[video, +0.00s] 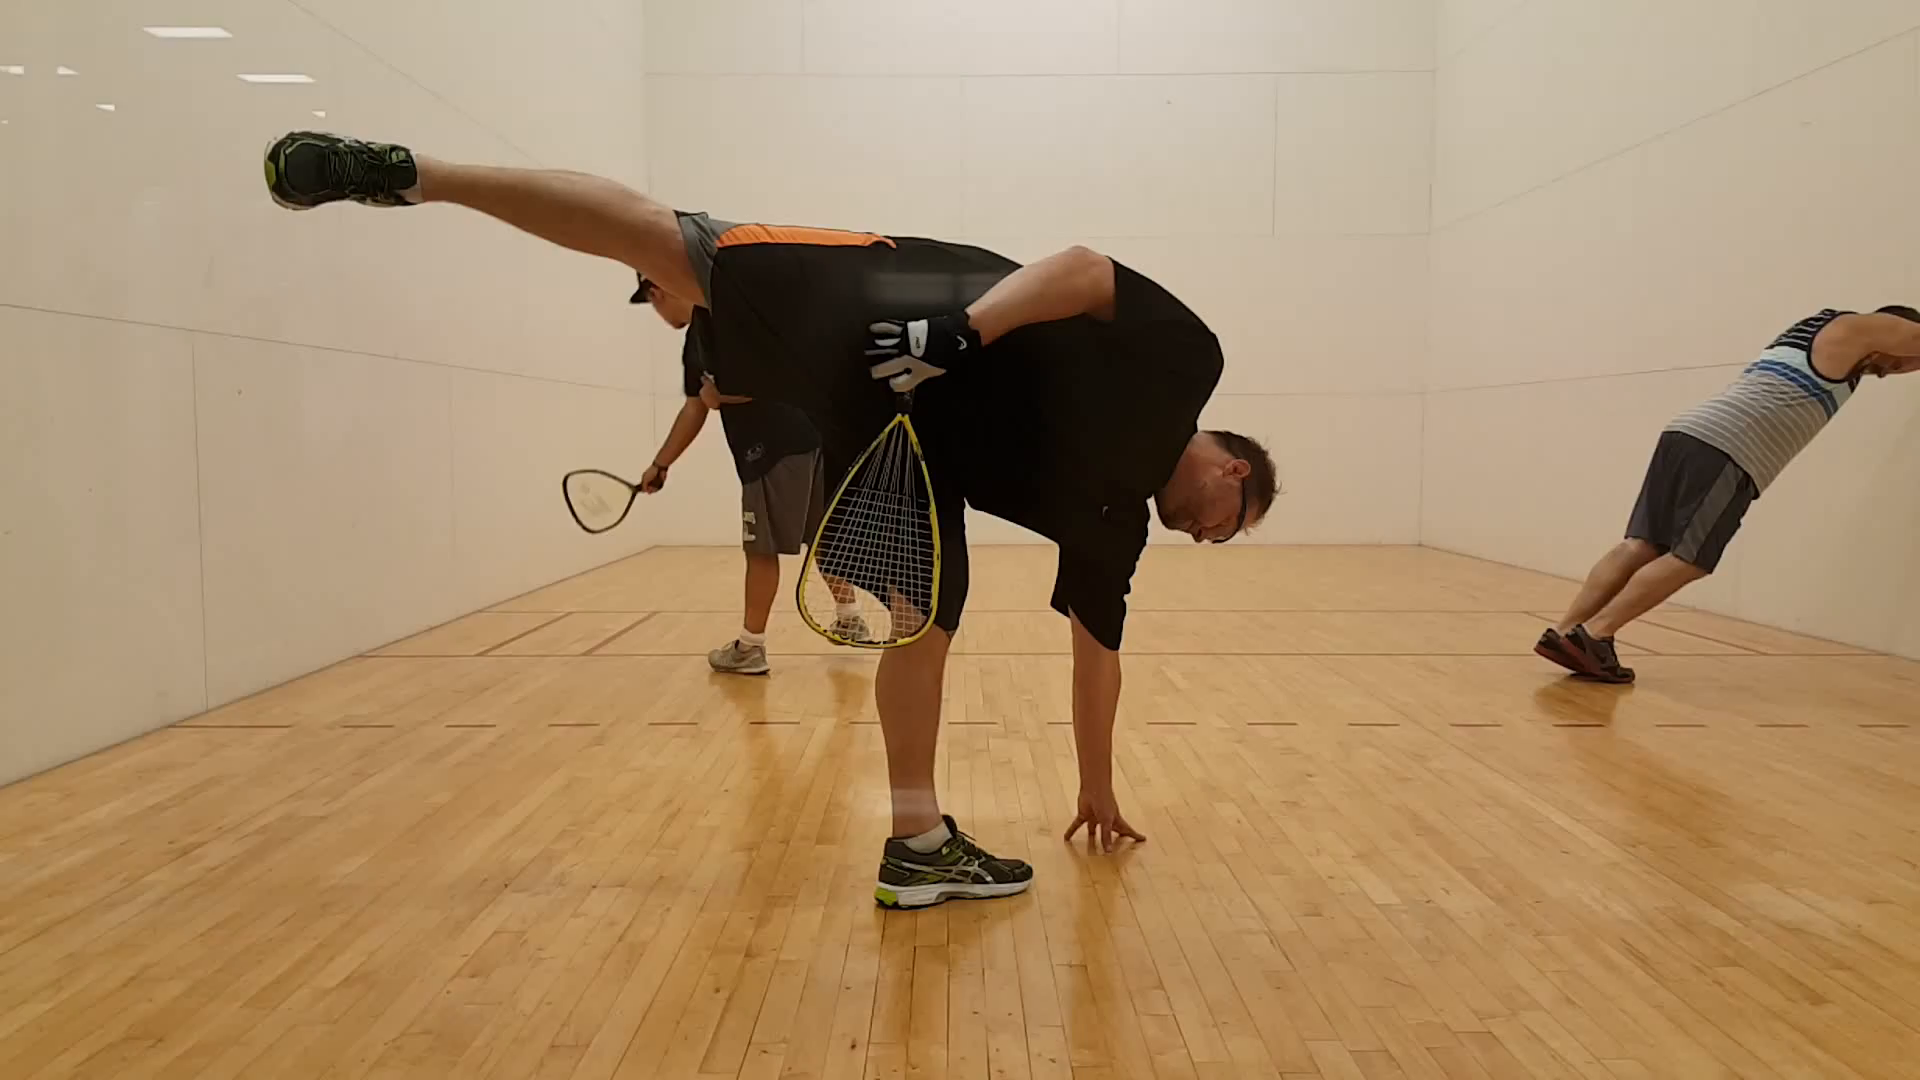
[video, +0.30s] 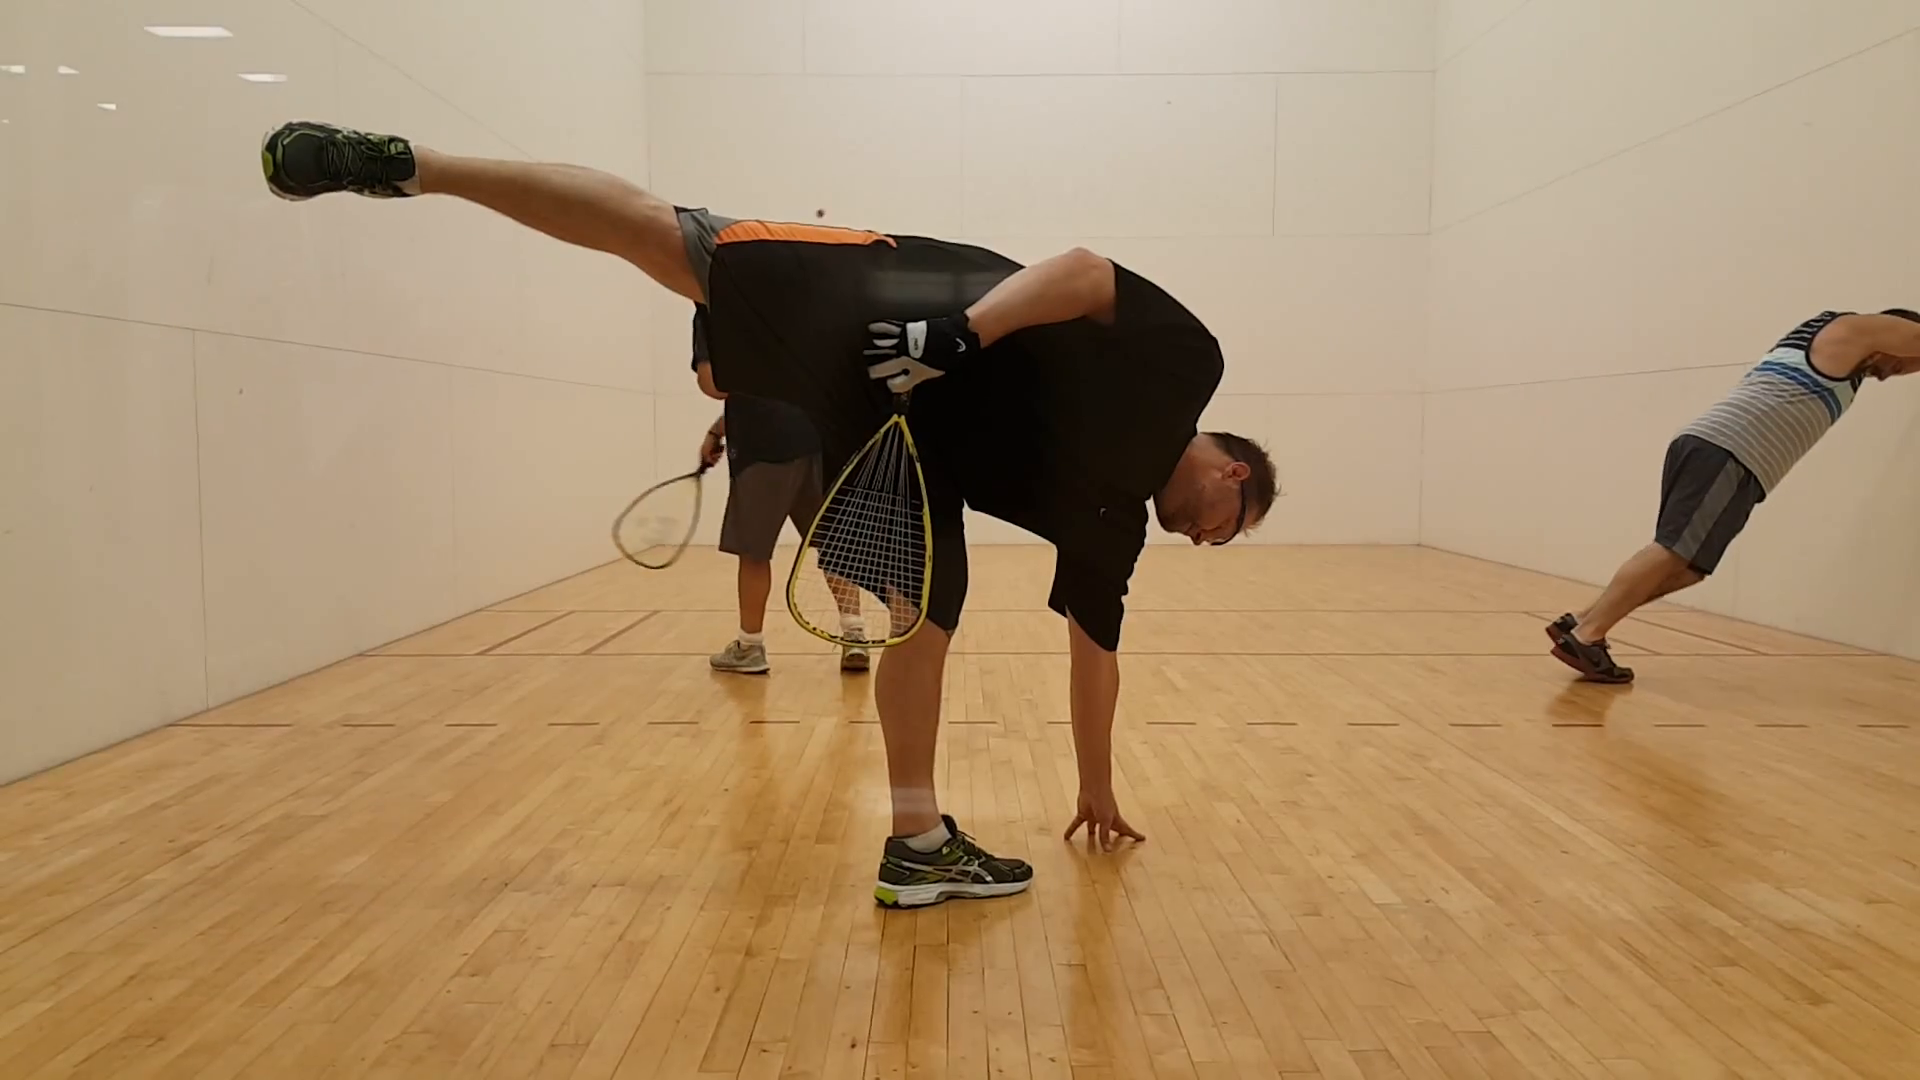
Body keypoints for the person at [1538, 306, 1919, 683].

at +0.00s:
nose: (1897, 369)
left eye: (1905, 363)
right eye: (1904, 358)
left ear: (1889, 334)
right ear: (1892, 332)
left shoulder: (1811, 330)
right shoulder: (1849, 332)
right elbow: (1916, 344)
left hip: (1686, 434)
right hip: (1727, 455)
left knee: (1640, 543)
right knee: (1690, 558)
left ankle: (1565, 630)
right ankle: (1594, 635)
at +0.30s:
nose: (1896, 375)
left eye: (1905, 370)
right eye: (1905, 365)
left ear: (1891, 339)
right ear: (1895, 339)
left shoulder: (1834, 348)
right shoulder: (1846, 332)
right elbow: (1918, 336)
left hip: (1728, 460)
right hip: (1726, 455)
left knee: (1692, 566)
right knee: (1675, 552)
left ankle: (1584, 623)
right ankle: (1585, 635)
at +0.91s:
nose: (1897, 372)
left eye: (1905, 368)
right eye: (1905, 362)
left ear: (1891, 339)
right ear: (1896, 337)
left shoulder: (1816, 332)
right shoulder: (1853, 326)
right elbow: (1919, 336)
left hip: (1700, 438)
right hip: (1734, 452)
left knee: (1664, 550)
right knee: (1687, 556)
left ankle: (1577, 624)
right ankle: (1594, 634)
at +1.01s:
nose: (1894, 367)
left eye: (1903, 363)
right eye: (1901, 357)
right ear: (1892, 333)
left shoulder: (1811, 327)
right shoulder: (1852, 323)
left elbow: (1902, 363)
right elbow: (1919, 342)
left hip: (1690, 433)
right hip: (1733, 449)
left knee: (1654, 542)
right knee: (1700, 556)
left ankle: (1573, 627)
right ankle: (1603, 632)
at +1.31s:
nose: (1889, 387)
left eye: (1898, 380)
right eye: (1898, 375)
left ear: (1879, 350)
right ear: (1885, 352)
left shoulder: (1806, 339)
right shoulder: (1850, 347)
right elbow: (1917, 348)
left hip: (1673, 442)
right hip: (1725, 466)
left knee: (1623, 545)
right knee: (1742, 571)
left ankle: (1560, 638)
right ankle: (1634, 625)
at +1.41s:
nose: (1892, 389)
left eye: (1900, 382)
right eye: (1901, 377)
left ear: (1881, 353)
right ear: (1888, 355)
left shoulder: (1809, 341)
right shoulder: (1852, 350)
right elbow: (1918, 349)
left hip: (1674, 444)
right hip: (1726, 469)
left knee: (1625, 546)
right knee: (1740, 575)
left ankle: (1559, 639)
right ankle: (1631, 625)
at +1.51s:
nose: (1890, 384)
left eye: (1899, 377)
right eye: (1899, 372)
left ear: (1882, 345)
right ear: (1887, 348)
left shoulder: (1807, 337)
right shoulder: (1851, 347)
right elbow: (1917, 348)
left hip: (1679, 443)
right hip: (1729, 470)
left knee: (1629, 546)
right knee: (1726, 576)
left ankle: (1562, 636)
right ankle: (1618, 627)